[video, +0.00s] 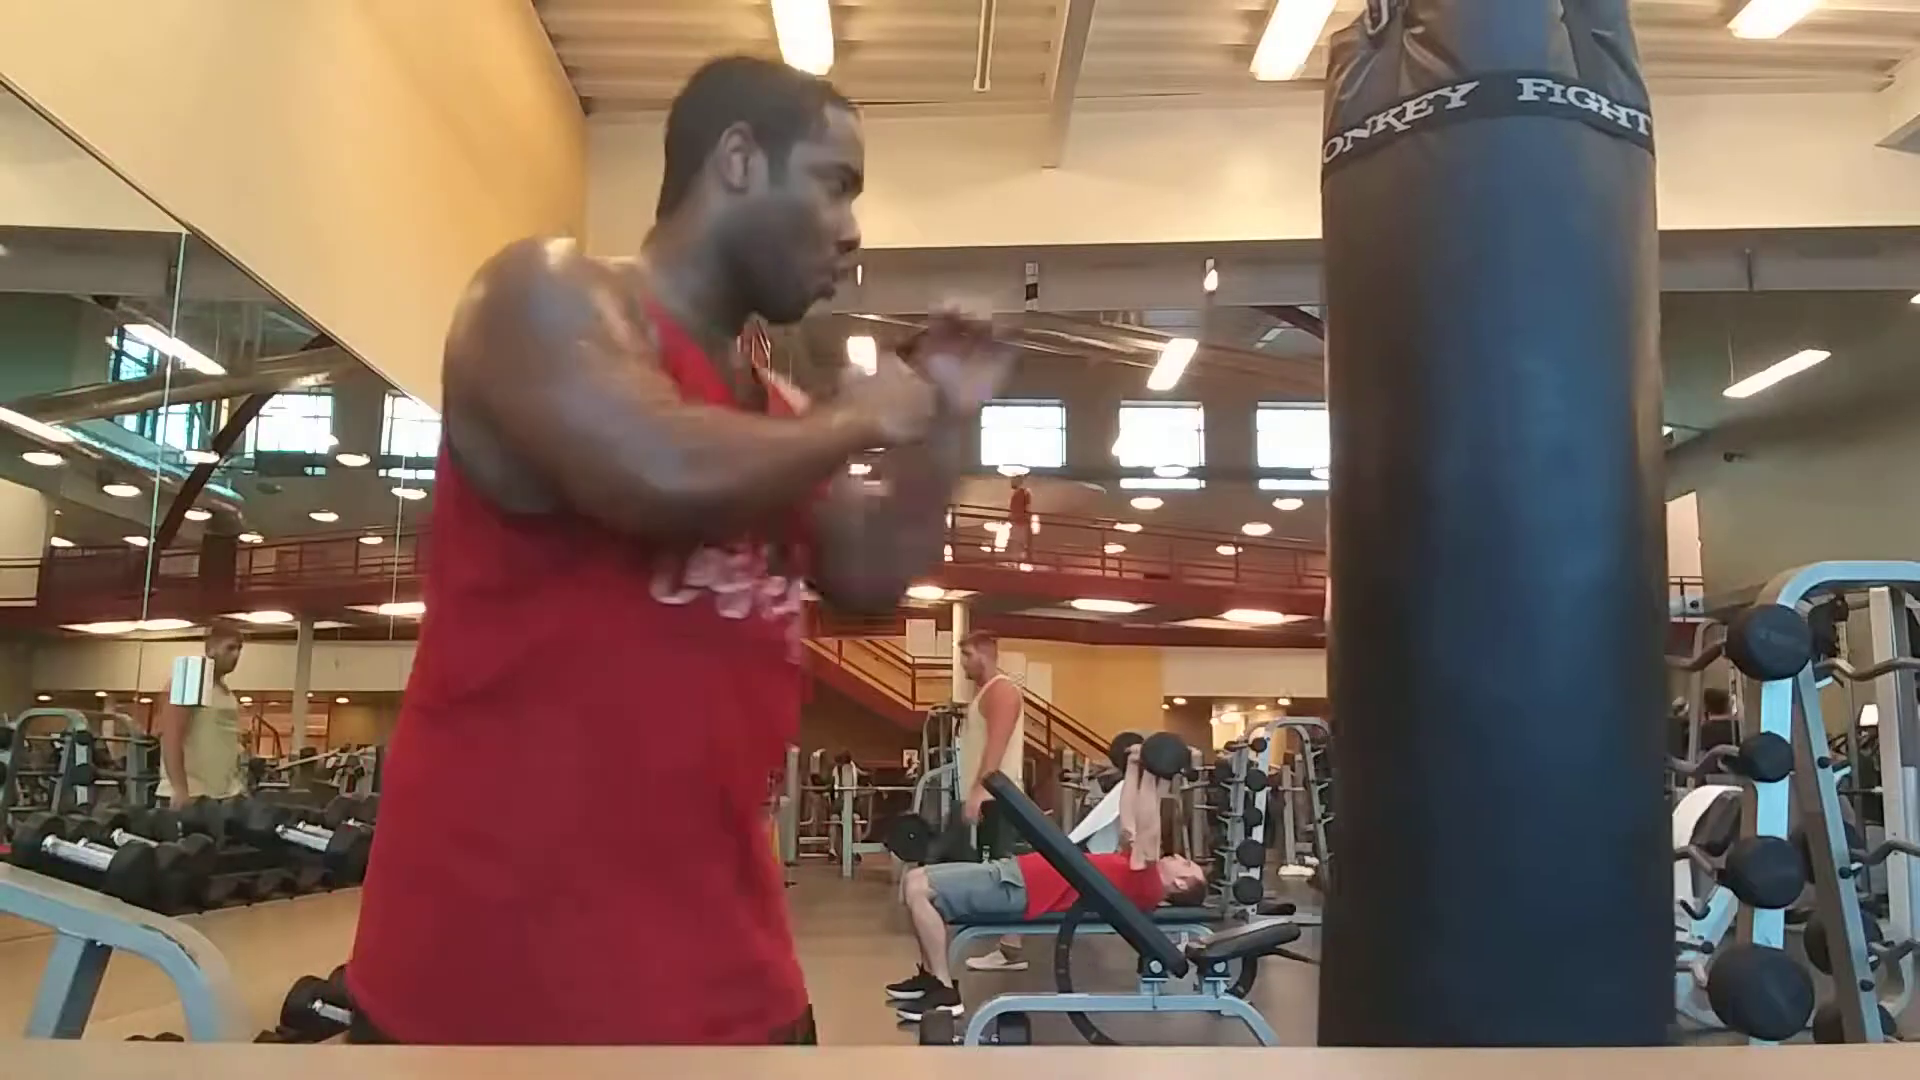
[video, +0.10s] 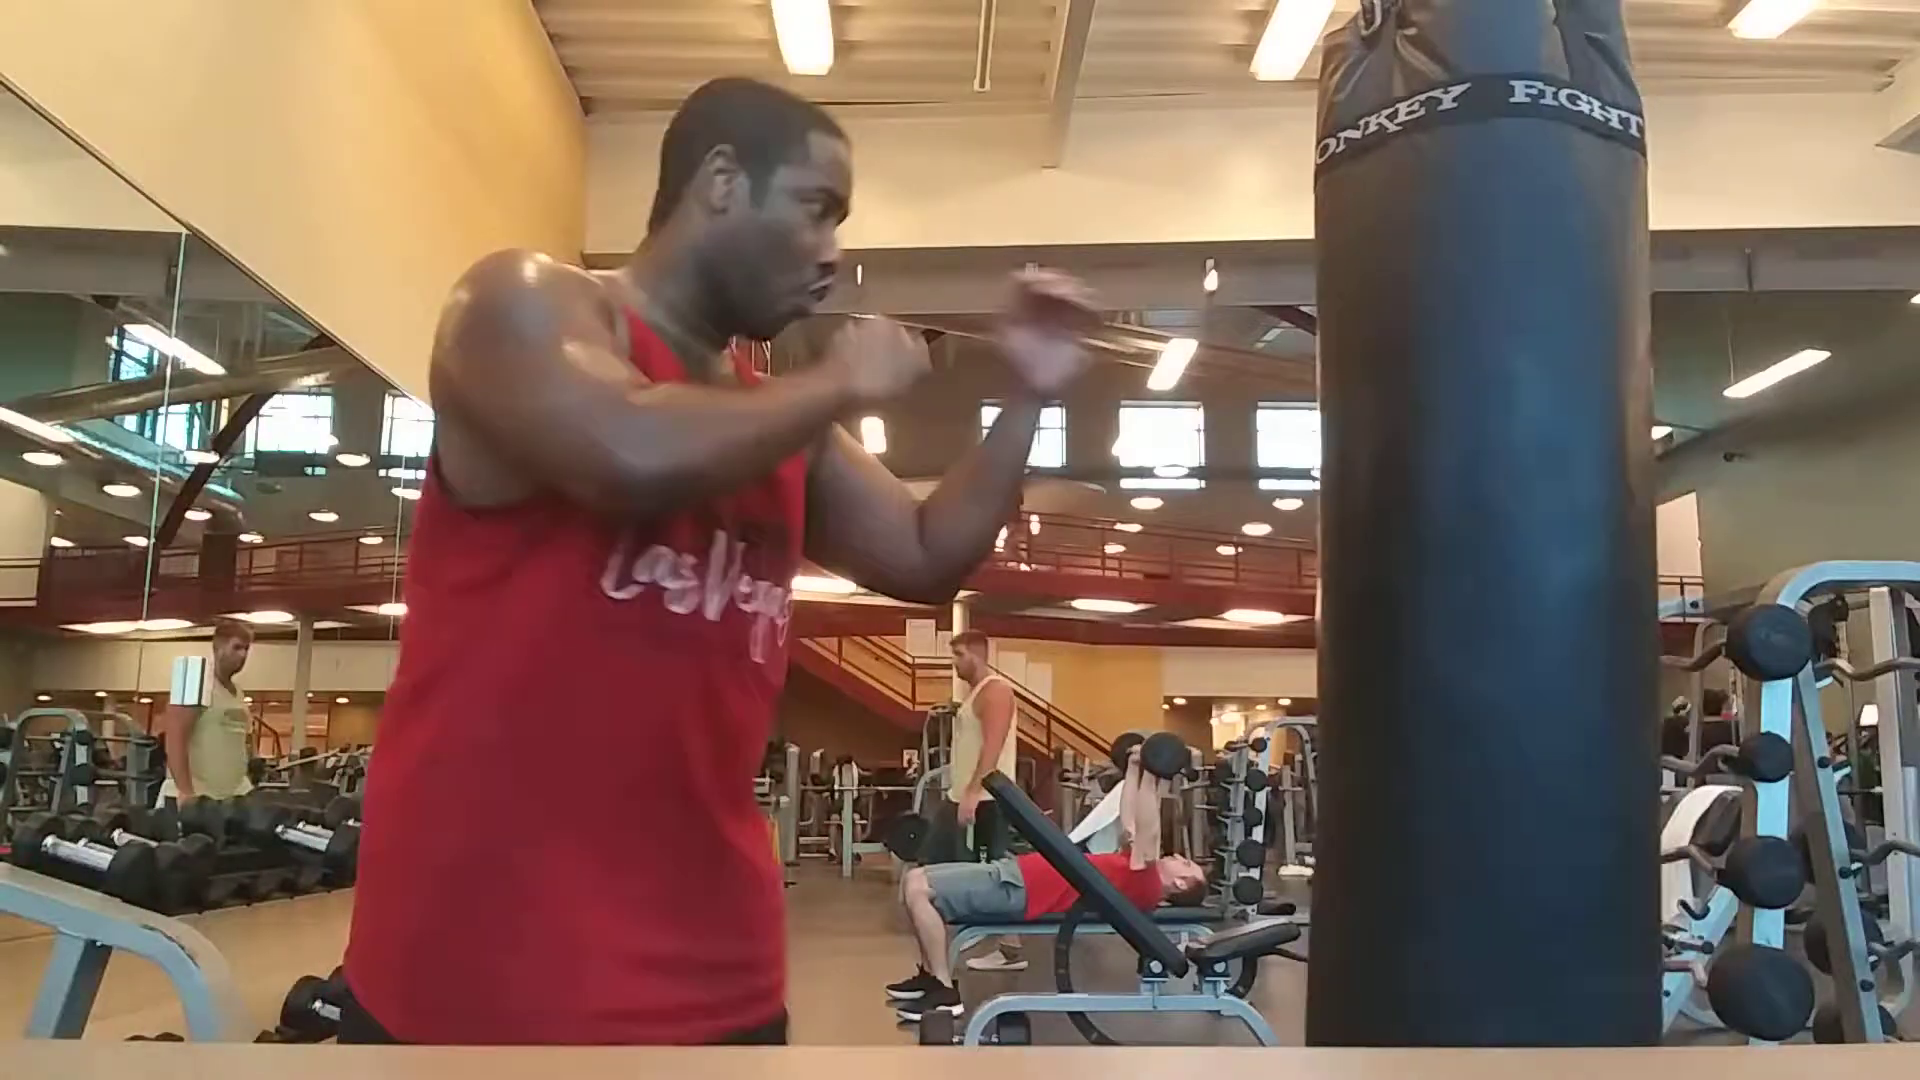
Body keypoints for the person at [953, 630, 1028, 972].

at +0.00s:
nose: (963, 662)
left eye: (967, 655)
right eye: (963, 656)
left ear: (986, 654)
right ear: (977, 655)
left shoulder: (1002, 690)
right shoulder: (985, 693)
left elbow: (997, 744)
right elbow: (984, 744)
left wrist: (979, 789)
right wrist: (972, 789)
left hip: (998, 798)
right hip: (986, 798)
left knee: (1004, 870)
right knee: (993, 870)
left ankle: (1010, 945)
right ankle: (1005, 942)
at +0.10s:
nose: (954, 663)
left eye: (958, 656)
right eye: (954, 656)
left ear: (975, 656)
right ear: (971, 657)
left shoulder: (995, 690)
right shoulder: (976, 693)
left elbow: (993, 744)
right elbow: (978, 746)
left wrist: (973, 791)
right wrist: (961, 789)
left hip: (988, 801)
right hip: (969, 800)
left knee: (999, 872)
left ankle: (1010, 945)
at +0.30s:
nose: (929, 663)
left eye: (934, 656)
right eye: (929, 657)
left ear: (954, 656)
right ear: (945, 658)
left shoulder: (974, 693)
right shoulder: (949, 696)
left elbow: (981, 747)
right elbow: (947, 753)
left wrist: (966, 799)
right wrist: (931, 797)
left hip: (963, 806)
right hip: (942, 804)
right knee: (919, 874)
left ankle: (1002, 945)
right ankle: (913, 943)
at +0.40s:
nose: (916, 687)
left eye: (923, 677)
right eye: (913, 681)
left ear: (940, 669)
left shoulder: (959, 700)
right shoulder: (925, 705)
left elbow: (968, 753)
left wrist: (959, 802)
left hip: (950, 807)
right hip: (924, 805)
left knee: (965, 878)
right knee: (915, 876)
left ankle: (996, 944)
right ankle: (907, 943)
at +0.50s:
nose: (903, 661)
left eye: (907, 655)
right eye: (902, 656)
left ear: (925, 655)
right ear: (914, 658)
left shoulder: (948, 690)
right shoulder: (920, 694)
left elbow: (959, 743)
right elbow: (922, 747)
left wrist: (949, 796)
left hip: (932, 802)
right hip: (910, 800)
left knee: (929, 879)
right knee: (908, 877)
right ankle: (907, 942)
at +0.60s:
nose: (894, 660)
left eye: (899, 655)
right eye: (893, 655)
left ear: (917, 655)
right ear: (901, 658)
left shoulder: (937, 690)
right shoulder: (906, 696)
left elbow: (948, 743)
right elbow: (901, 754)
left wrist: (935, 795)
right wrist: (882, 792)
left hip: (923, 798)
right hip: (899, 798)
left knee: (912, 876)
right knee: (901, 876)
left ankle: (913, 946)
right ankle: (908, 943)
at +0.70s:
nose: (884, 661)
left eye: (889, 654)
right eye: (882, 655)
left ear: (909, 654)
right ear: (887, 658)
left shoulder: (930, 689)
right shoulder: (891, 696)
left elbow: (941, 744)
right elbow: (882, 745)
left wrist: (921, 793)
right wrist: (868, 788)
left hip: (921, 798)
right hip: (892, 798)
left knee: (910, 876)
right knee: (898, 876)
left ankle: (912, 947)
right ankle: (908, 945)